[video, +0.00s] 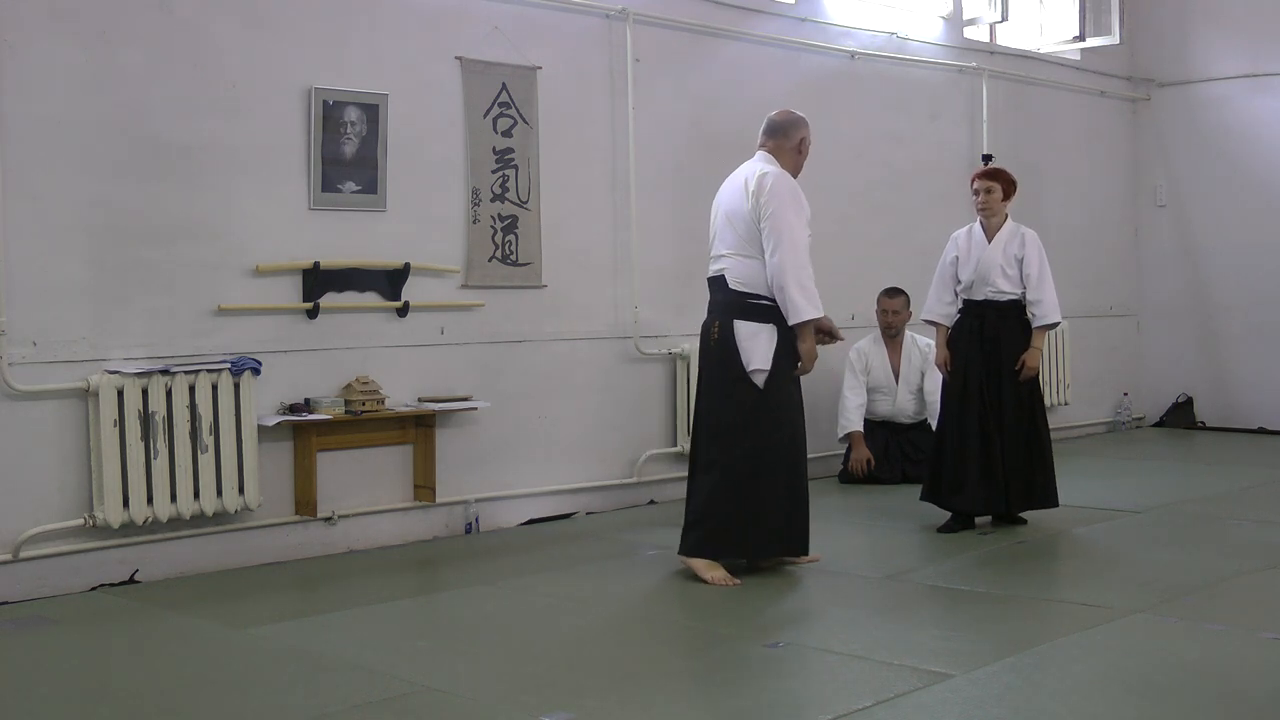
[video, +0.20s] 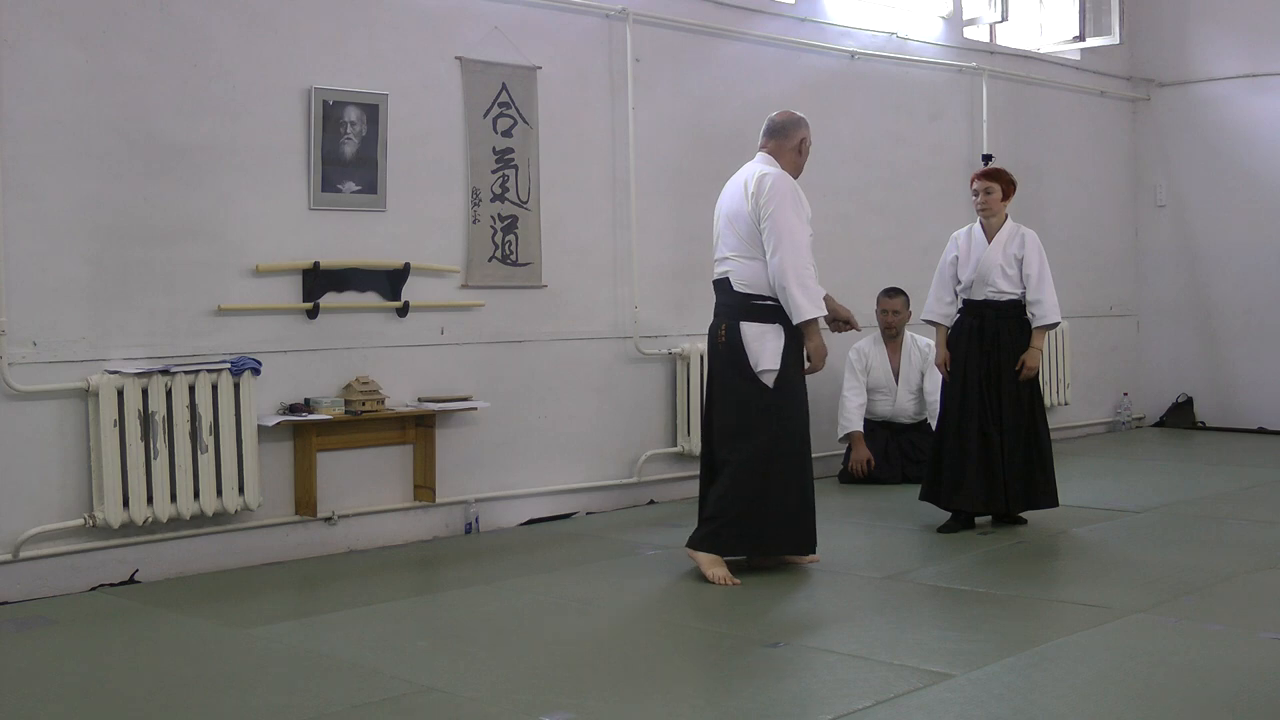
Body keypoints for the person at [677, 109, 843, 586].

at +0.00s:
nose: (808, 158)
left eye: (807, 149)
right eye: (808, 149)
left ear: (764, 141)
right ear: (799, 145)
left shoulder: (741, 179)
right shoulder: (777, 183)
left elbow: (767, 262)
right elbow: (787, 262)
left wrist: (811, 316)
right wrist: (804, 331)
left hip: (734, 317)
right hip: (753, 321)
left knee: (772, 434)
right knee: (737, 436)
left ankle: (770, 542)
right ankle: (700, 548)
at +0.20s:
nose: (807, 160)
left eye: (809, 151)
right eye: (808, 151)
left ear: (765, 141)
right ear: (799, 145)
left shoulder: (743, 179)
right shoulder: (776, 184)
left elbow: (781, 259)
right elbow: (790, 262)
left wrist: (828, 303)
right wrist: (811, 330)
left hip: (738, 317)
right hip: (761, 320)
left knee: (761, 432)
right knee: (767, 435)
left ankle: (770, 542)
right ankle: (709, 542)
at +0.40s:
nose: (808, 160)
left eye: (808, 151)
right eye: (808, 150)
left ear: (765, 142)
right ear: (799, 146)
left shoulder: (746, 180)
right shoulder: (776, 185)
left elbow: (788, 259)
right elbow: (791, 263)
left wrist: (835, 299)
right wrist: (817, 332)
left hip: (744, 318)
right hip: (764, 320)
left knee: (768, 430)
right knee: (777, 432)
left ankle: (773, 541)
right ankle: (710, 539)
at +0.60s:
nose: (811, 158)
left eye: (811, 150)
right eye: (810, 149)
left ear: (773, 143)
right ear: (799, 146)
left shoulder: (757, 179)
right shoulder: (774, 183)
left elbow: (794, 261)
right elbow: (785, 259)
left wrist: (841, 300)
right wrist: (810, 327)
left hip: (760, 318)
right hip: (759, 320)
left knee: (788, 431)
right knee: (752, 435)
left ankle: (784, 540)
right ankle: (728, 549)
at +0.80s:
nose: (816, 159)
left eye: (816, 150)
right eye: (814, 150)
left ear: (782, 143)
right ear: (798, 145)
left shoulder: (769, 181)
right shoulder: (773, 181)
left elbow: (800, 263)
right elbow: (780, 257)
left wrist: (848, 300)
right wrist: (803, 326)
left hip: (768, 322)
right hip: (754, 322)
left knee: (785, 433)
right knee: (751, 435)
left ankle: (781, 541)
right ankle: (737, 550)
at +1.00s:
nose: (820, 159)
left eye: (821, 149)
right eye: (819, 149)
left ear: (788, 142)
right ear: (801, 143)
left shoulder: (772, 181)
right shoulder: (773, 181)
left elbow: (801, 263)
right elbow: (779, 257)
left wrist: (846, 302)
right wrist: (800, 327)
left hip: (766, 319)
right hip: (753, 320)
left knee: (782, 432)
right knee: (751, 434)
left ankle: (778, 541)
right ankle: (733, 551)